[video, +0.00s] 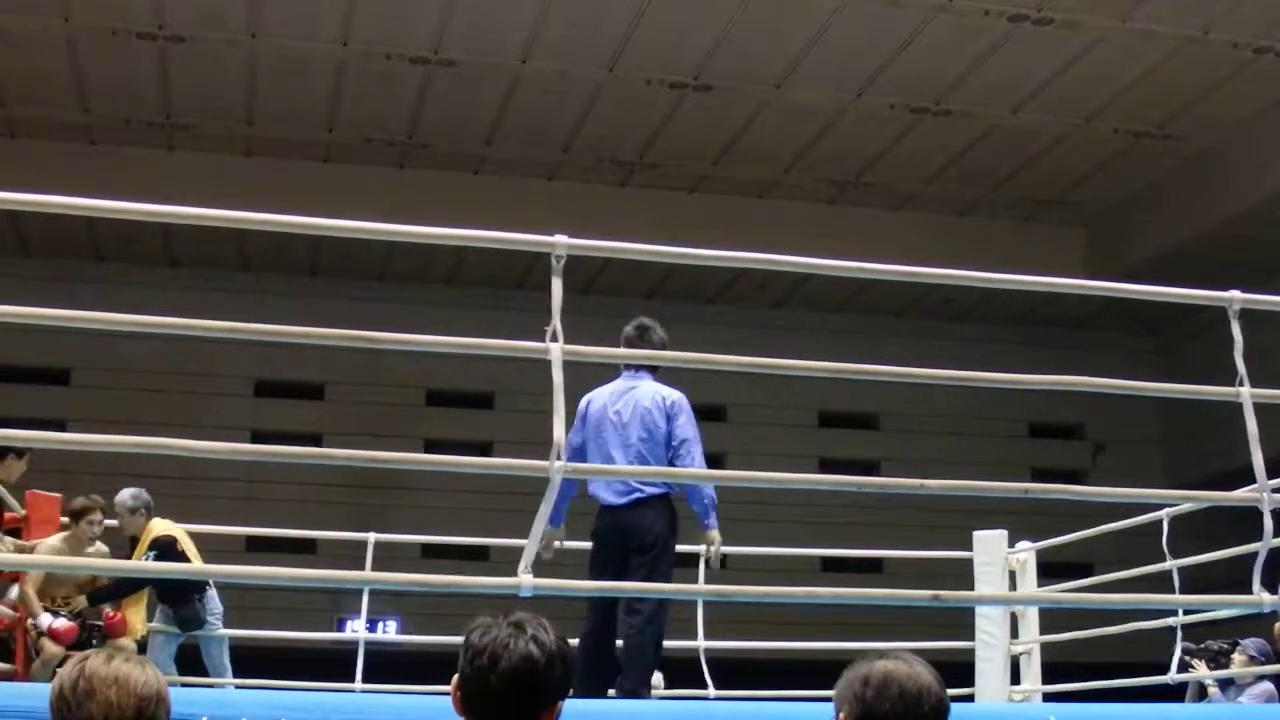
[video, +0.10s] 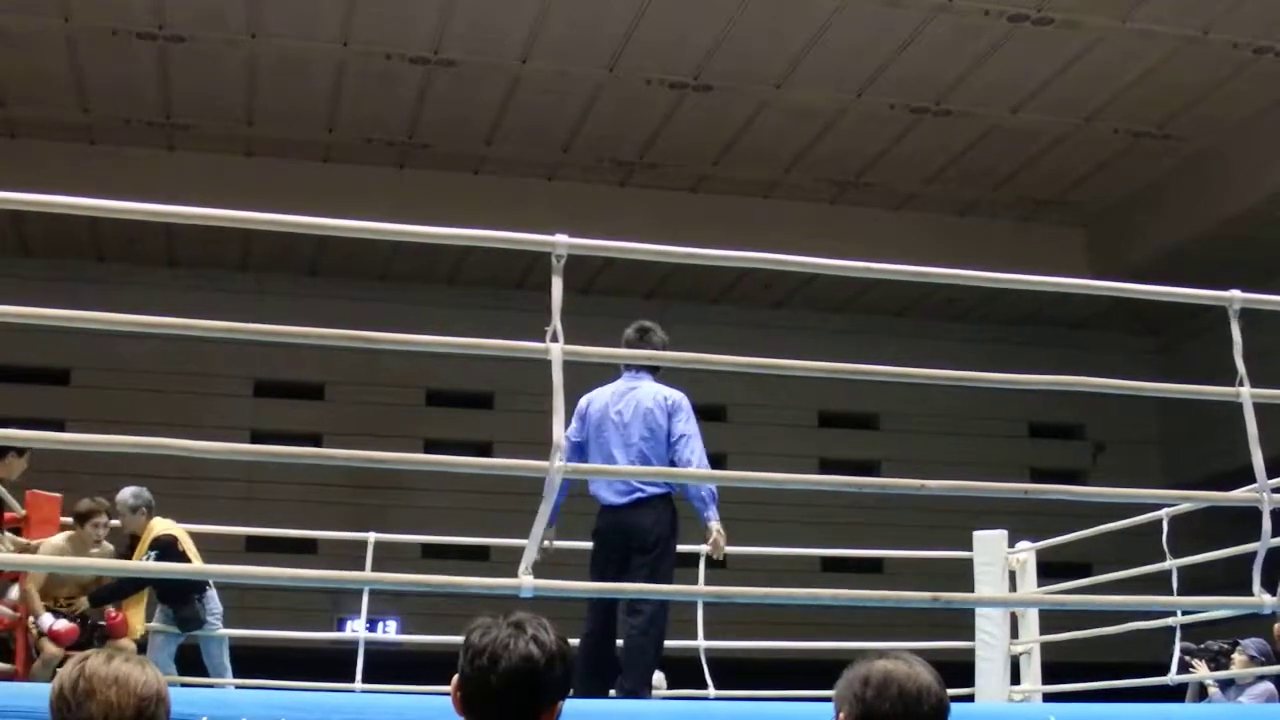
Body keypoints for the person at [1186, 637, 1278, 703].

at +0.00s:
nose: (1232, 656)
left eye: (1240, 653)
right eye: (1234, 652)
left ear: (1256, 663)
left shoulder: (1265, 688)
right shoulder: (1228, 690)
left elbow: (1232, 713)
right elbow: (1192, 712)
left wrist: (1209, 682)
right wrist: (1194, 678)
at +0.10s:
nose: (1232, 656)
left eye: (1240, 653)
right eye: (1234, 652)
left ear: (1257, 663)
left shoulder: (1265, 688)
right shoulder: (1229, 690)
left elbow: (1232, 713)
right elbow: (1193, 712)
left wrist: (1208, 682)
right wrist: (1195, 678)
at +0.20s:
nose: (1232, 656)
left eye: (1240, 653)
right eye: (1235, 652)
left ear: (1257, 662)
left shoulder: (1266, 689)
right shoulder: (1229, 691)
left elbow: (1232, 713)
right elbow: (1195, 712)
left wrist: (1209, 682)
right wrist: (1195, 680)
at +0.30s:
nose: (1232, 656)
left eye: (1240, 653)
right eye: (1235, 652)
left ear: (1257, 662)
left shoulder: (1266, 688)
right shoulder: (1230, 691)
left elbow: (1231, 713)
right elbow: (1197, 712)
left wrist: (1209, 682)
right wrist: (1194, 682)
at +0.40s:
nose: (1233, 656)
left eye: (1241, 653)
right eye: (1235, 652)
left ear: (1257, 662)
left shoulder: (1267, 688)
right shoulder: (1230, 690)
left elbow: (1232, 713)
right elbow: (1200, 712)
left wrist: (1210, 681)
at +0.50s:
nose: (1233, 656)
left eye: (1241, 652)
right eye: (1236, 652)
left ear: (1257, 662)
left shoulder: (1267, 688)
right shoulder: (1230, 690)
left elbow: (1233, 713)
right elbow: (1200, 712)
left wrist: (1211, 683)